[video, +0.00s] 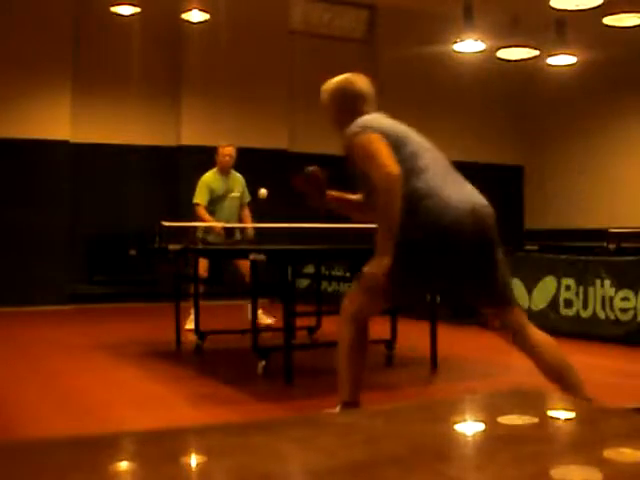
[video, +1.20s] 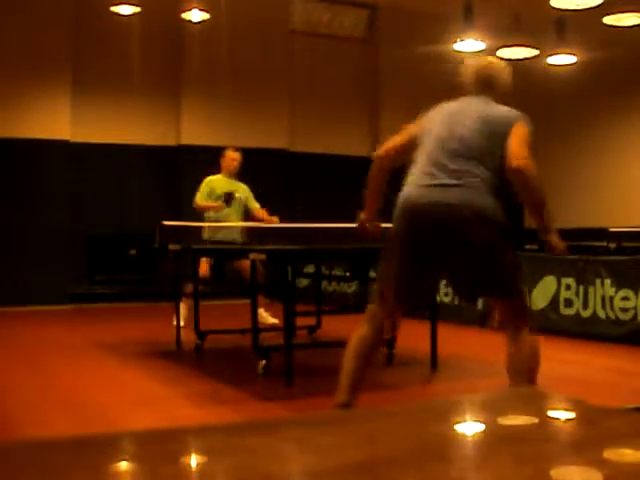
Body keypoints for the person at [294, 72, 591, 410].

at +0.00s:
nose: (328, 115)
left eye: (327, 108)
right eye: (328, 107)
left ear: (335, 108)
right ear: (366, 101)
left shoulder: (361, 130)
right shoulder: (393, 129)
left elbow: (389, 175)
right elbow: (383, 206)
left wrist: (383, 253)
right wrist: (327, 198)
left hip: (432, 226)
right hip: (477, 222)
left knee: (354, 309)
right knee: (516, 324)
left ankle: (347, 406)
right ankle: (585, 402)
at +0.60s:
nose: (328, 86)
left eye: (327, 79)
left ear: (332, 78)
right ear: (369, 76)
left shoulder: (342, 104)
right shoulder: (395, 105)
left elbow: (352, 151)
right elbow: (418, 160)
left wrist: (348, 223)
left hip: (403, 203)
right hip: (451, 197)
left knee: (345, 309)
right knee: (470, 314)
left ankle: (347, 404)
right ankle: (523, 397)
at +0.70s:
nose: (350, 72)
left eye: (351, 65)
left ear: (354, 65)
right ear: (393, 65)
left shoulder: (360, 91)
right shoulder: (417, 97)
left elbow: (369, 124)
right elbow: (442, 152)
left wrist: (369, 199)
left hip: (405, 202)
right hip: (455, 199)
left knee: (345, 306)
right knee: (487, 317)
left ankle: (342, 405)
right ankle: (531, 403)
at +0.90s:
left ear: (380, 54)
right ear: (421, 53)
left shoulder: (367, 84)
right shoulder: (447, 90)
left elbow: (346, 121)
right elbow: (478, 148)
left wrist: (339, 186)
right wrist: (441, 164)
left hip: (394, 204)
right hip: (454, 203)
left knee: (350, 313)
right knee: (489, 308)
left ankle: (330, 403)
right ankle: (524, 396)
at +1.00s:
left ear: (396, 65)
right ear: (437, 65)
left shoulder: (376, 99)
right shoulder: (461, 105)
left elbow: (336, 147)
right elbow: (494, 162)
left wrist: (323, 215)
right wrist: (468, 194)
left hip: (398, 217)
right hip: (461, 216)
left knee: (352, 314)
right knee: (498, 315)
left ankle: (334, 403)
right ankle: (524, 401)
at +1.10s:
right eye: (464, 73)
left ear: (423, 76)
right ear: (461, 78)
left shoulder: (398, 108)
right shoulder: (484, 115)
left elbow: (353, 159)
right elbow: (509, 171)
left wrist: (352, 218)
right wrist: (515, 219)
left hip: (404, 217)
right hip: (467, 217)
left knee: (360, 315)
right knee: (509, 317)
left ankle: (336, 404)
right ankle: (524, 409)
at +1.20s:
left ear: (466, 84)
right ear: (503, 88)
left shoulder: (437, 113)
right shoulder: (513, 120)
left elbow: (384, 154)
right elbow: (518, 164)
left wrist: (370, 213)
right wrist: (545, 228)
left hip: (414, 212)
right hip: (475, 216)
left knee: (379, 313)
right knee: (516, 323)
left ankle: (342, 402)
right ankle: (525, 414)